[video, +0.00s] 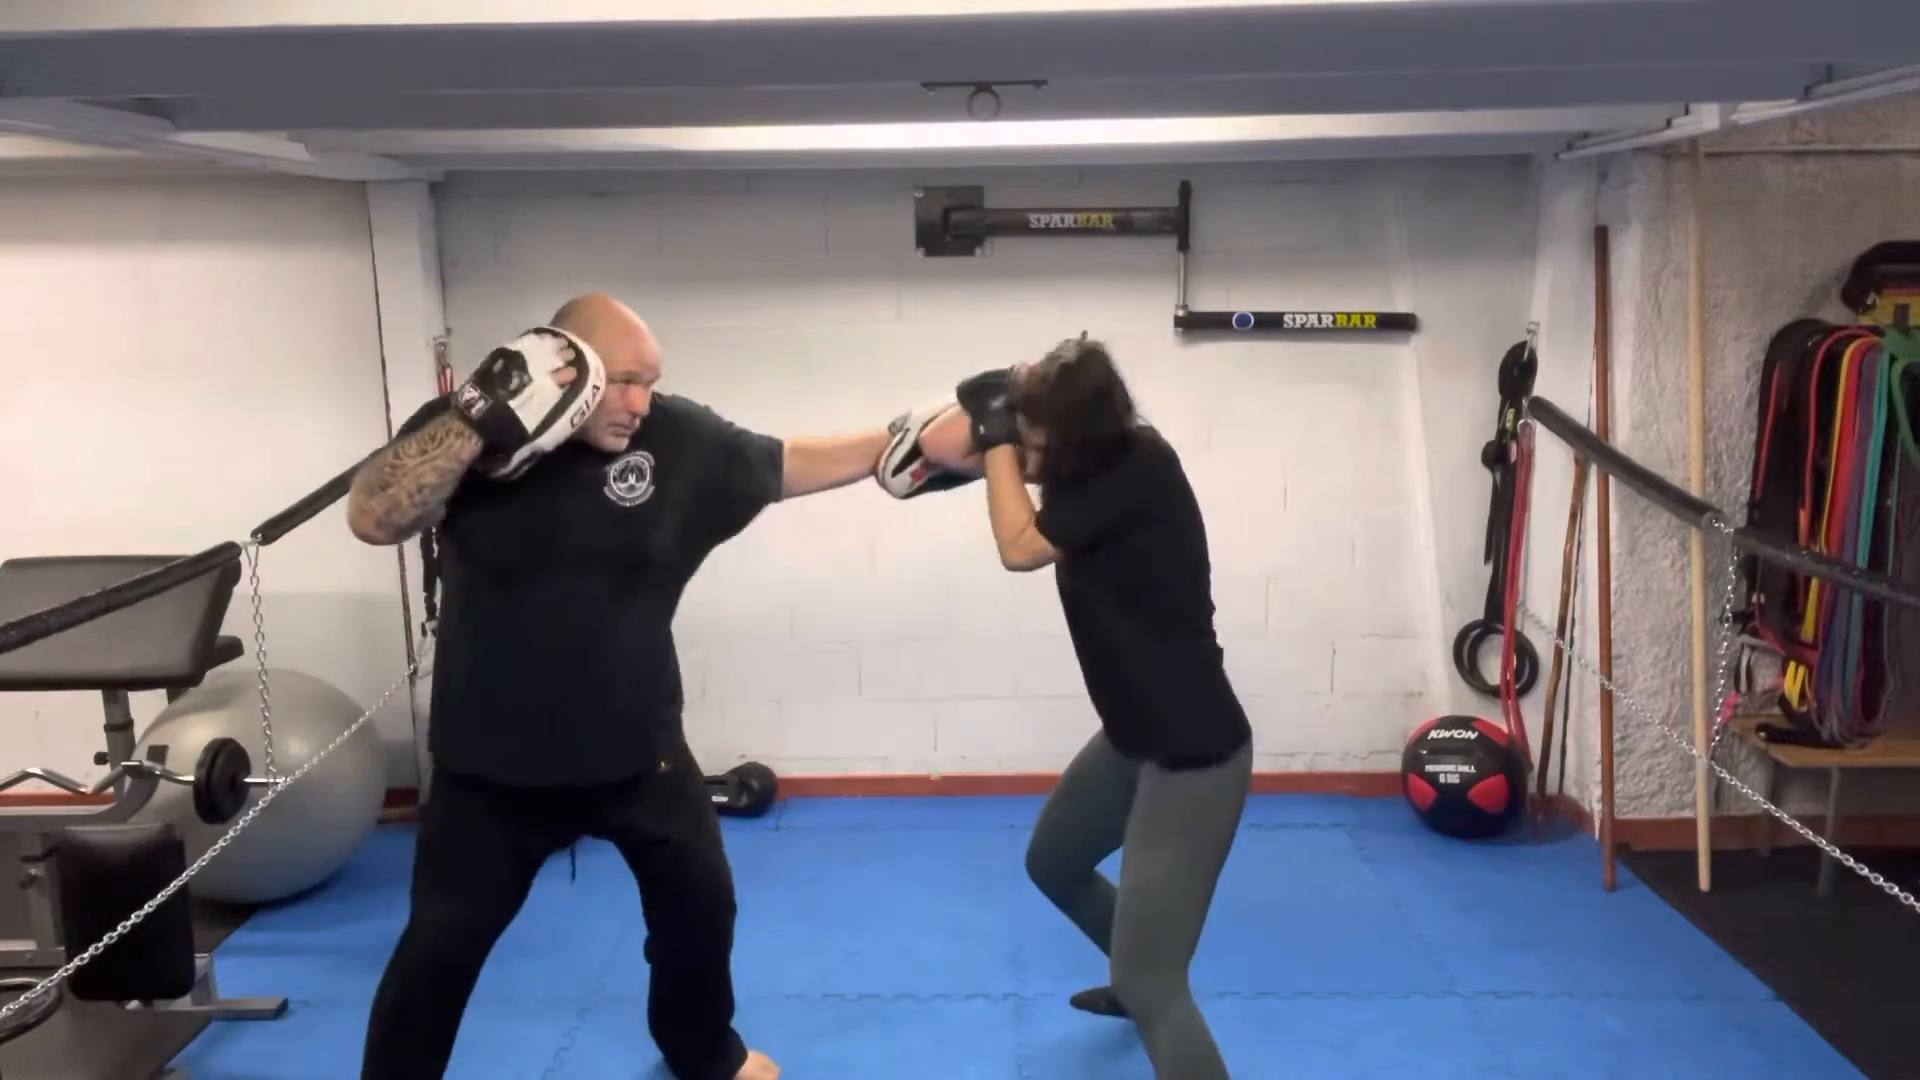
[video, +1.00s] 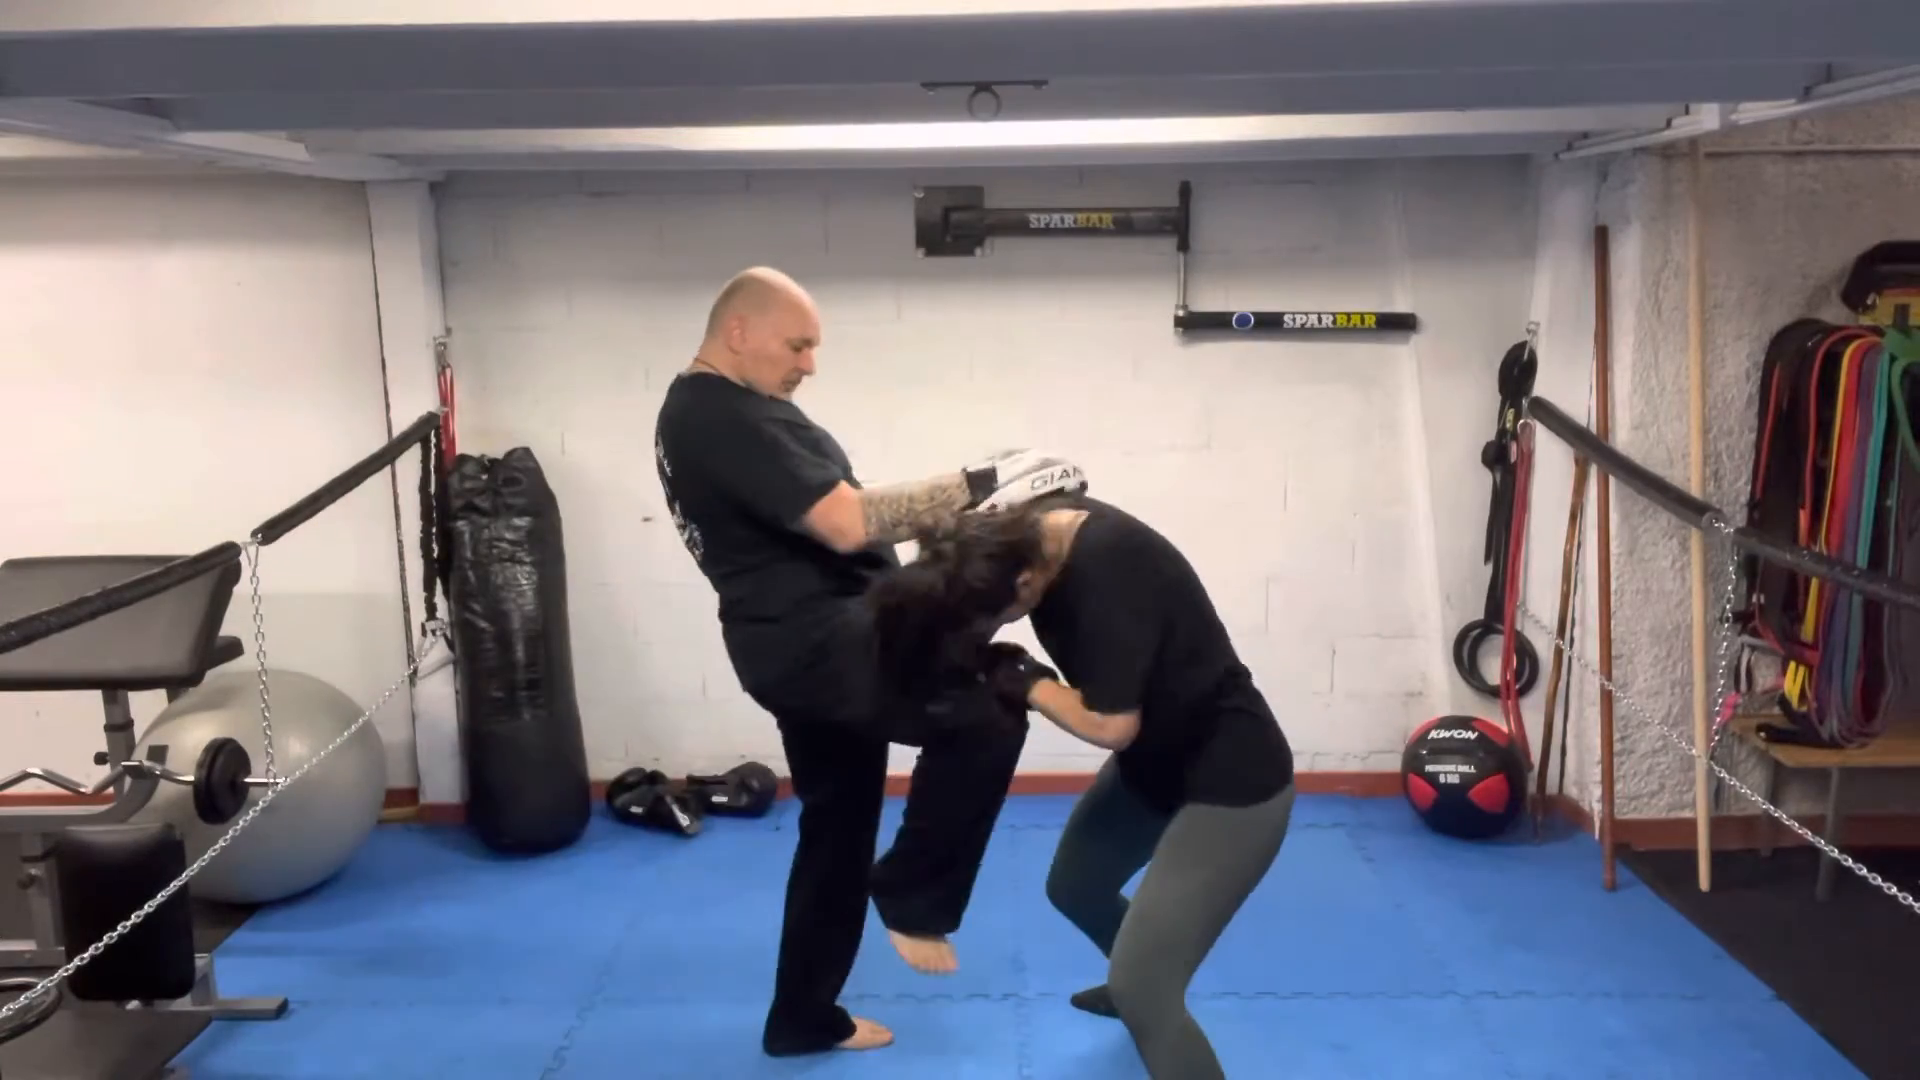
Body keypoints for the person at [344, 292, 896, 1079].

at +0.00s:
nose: (641, 402)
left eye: (648, 381)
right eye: (625, 382)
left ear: (652, 376)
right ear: (564, 374)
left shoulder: (680, 441)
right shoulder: (470, 435)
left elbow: (792, 464)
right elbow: (371, 515)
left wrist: (918, 440)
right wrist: (478, 414)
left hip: (637, 755)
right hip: (491, 763)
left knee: (700, 902)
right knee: (438, 950)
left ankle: (702, 1051)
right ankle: (393, 1073)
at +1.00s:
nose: (807, 366)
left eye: (810, 349)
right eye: (796, 346)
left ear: (737, 339)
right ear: (737, 334)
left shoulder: (735, 406)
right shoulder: (716, 412)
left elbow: (846, 506)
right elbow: (843, 523)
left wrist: (965, 493)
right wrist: (968, 493)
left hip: (820, 637)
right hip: (810, 646)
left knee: (841, 823)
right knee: (988, 710)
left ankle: (803, 1018)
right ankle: (914, 894)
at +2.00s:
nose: (777, 369)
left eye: (777, 352)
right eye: (765, 351)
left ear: (699, 349)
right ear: (706, 347)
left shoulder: (681, 411)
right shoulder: (693, 427)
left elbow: (806, 445)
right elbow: (780, 601)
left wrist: (891, 402)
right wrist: (846, 677)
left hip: (725, 702)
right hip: (673, 711)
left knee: (790, 864)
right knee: (681, 938)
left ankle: (802, 1020)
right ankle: (608, 1076)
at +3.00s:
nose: (725, 401)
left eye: (729, 383)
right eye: (716, 381)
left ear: (662, 365)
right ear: (656, 361)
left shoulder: (662, 437)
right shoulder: (549, 420)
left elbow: (674, 562)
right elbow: (551, 568)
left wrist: (761, 544)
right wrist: (697, 541)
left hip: (634, 710)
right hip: (534, 714)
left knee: (665, 876)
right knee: (516, 903)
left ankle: (694, 1031)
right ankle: (451, 1072)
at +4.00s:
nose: (616, 404)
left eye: (618, 387)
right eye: (600, 386)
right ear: (531, 375)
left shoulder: (606, 424)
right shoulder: (446, 417)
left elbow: (684, 467)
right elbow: (432, 479)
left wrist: (737, 401)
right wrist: (588, 446)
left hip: (605, 727)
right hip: (486, 743)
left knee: (661, 876)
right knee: (458, 948)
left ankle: (696, 1031)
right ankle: (413, 1073)